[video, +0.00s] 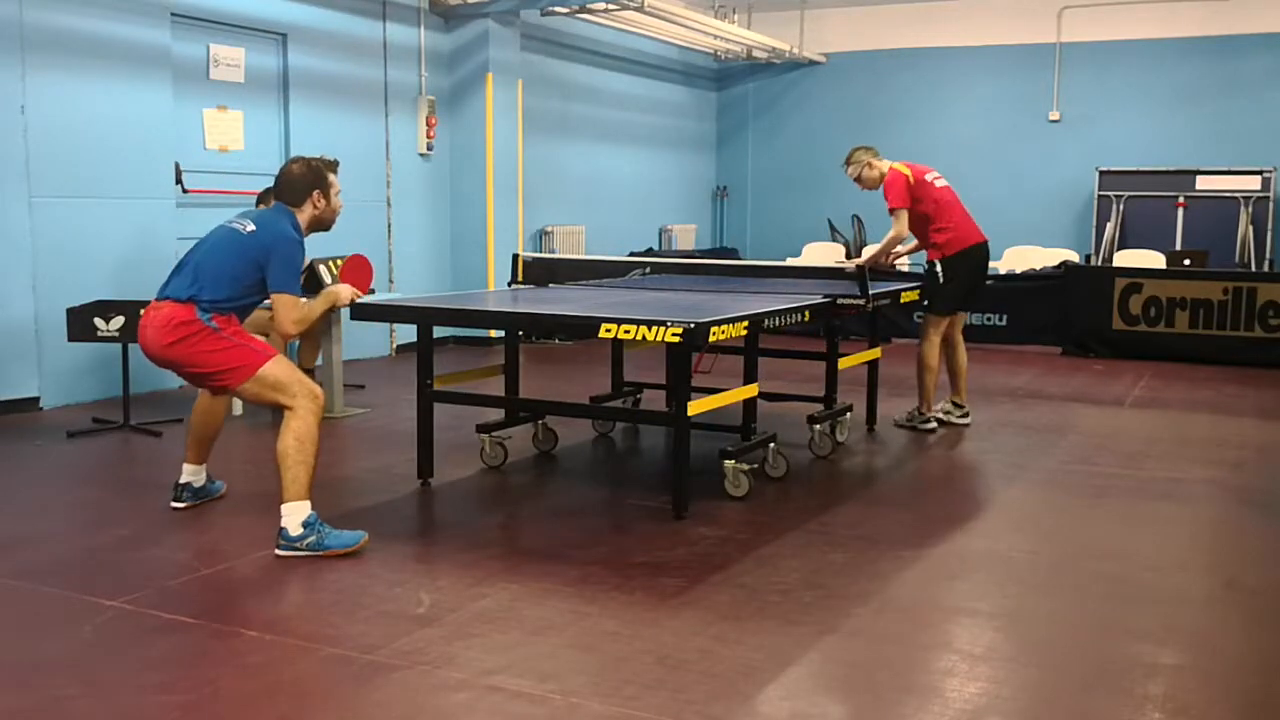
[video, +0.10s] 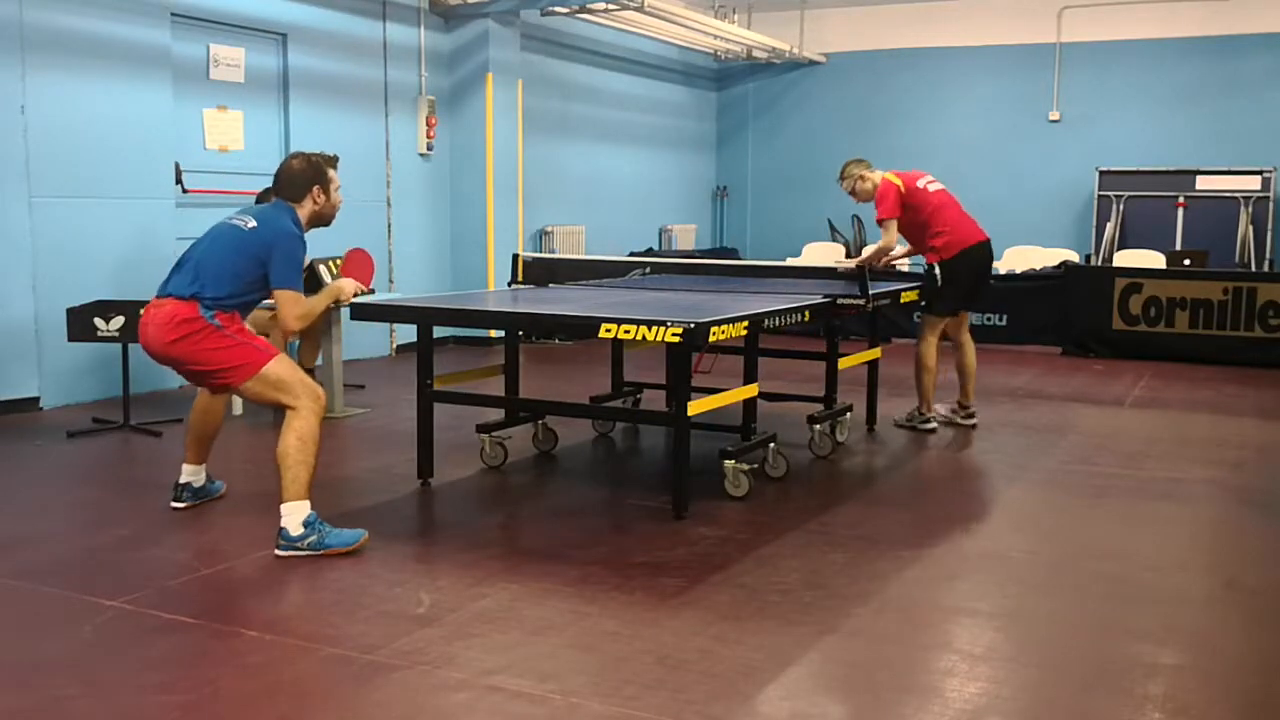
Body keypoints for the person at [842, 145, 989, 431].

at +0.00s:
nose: (860, 186)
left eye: (858, 178)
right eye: (856, 181)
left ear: (871, 164)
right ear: (874, 162)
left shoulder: (895, 176)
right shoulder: (914, 170)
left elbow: (899, 232)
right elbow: (936, 230)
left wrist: (872, 257)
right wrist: (902, 251)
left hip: (952, 255)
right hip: (973, 250)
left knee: (931, 334)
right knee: (953, 332)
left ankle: (925, 411)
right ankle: (959, 405)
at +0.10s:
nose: (856, 199)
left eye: (853, 191)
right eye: (851, 195)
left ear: (864, 177)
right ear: (865, 176)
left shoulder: (887, 186)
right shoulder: (910, 178)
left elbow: (888, 243)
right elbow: (930, 237)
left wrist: (862, 260)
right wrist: (894, 256)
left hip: (951, 257)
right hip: (978, 249)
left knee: (929, 336)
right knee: (959, 332)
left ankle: (925, 412)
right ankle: (966, 408)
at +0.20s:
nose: (855, 209)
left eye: (851, 202)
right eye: (850, 206)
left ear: (861, 188)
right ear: (865, 184)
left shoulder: (883, 193)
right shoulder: (908, 183)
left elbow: (881, 252)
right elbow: (925, 244)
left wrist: (862, 260)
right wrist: (887, 259)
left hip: (951, 260)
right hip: (982, 249)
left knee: (928, 336)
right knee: (970, 330)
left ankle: (924, 412)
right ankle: (986, 409)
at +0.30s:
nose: (855, 216)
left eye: (850, 209)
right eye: (850, 212)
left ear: (860, 194)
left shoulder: (883, 199)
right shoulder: (909, 188)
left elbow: (877, 256)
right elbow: (917, 252)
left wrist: (856, 260)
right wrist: (879, 260)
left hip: (952, 262)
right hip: (983, 251)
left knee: (926, 338)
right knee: (981, 333)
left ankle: (924, 413)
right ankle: (1006, 410)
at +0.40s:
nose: (857, 221)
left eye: (853, 215)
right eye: (852, 218)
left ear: (862, 198)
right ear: (868, 192)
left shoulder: (883, 203)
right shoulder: (907, 192)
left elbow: (877, 263)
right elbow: (922, 251)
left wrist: (844, 269)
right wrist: (887, 261)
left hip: (952, 264)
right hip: (985, 252)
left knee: (924, 337)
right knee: (989, 337)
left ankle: (925, 413)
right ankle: (1017, 413)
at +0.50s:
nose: (859, 226)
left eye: (855, 218)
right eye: (854, 222)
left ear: (863, 203)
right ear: (871, 196)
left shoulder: (884, 208)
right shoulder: (909, 196)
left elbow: (879, 267)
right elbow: (915, 254)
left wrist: (842, 272)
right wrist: (879, 263)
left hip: (952, 266)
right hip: (987, 254)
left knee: (923, 336)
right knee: (994, 341)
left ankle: (925, 412)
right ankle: (1019, 415)